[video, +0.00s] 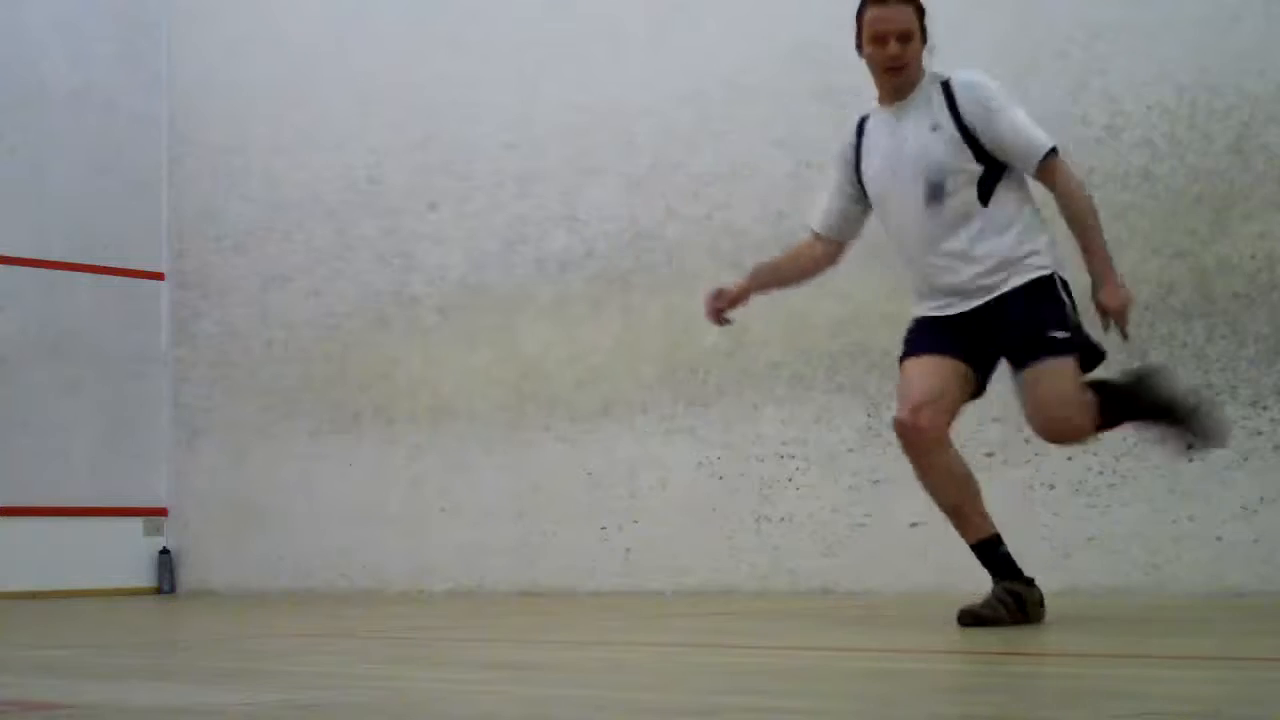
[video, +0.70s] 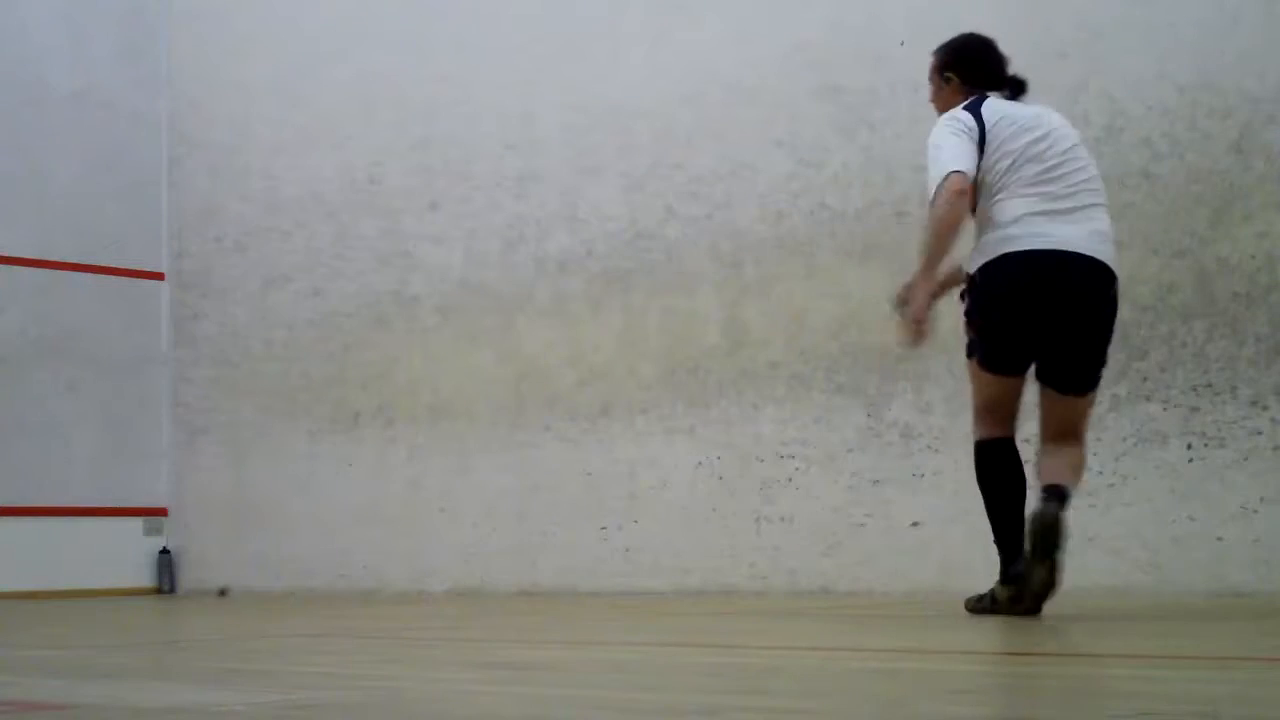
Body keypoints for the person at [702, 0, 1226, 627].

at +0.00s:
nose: (891, 52)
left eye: (903, 38)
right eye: (877, 40)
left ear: (924, 40)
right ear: (861, 47)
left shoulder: (967, 97)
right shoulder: (863, 140)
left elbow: (1060, 175)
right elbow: (824, 245)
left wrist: (1104, 277)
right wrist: (748, 284)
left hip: (1025, 286)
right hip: (945, 308)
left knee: (1058, 422)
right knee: (916, 423)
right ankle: (1011, 586)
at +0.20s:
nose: (872, 100)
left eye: (883, 84)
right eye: (860, 87)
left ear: (915, 71)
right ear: (850, 83)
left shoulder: (968, 95)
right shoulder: (875, 152)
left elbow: (1092, 132)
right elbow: (875, 262)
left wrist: (1170, 211)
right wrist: (856, 248)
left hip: (1054, 224)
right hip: (1011, 265)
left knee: (977, 336)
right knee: (989, 405)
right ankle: (1022, 581)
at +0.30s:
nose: (856, 97)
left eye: (864, 83)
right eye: (851, 85)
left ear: (909, 71)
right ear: (883, 80)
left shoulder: (977, 78)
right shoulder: (903, 149)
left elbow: (1107, 77)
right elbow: (897, 257)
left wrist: (1206, 128)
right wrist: (881, 227)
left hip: (1049, 220)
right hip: (1069, 247)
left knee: (901, 309)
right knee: (1019, 407)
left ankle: (837, 488)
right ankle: (1026, 581)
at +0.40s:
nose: (859, 80)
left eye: (863, 66)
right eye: (858, 66)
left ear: (896, 64)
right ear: (899, 65)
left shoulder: (968, 71)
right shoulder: (927, 144)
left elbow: (1097, 53)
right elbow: (912, 235)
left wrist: (1209, 82)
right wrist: (884, 210)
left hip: (1031, 233)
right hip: (1078, 246)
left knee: (907, 341)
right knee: (1022, 415)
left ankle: (912, 523)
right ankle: (1022, 581)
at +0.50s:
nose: (883, 75)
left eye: (887, 62)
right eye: (884, 63)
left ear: (909, 62)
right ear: (926, 59)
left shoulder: (956, 88)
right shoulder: (950, 142)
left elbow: (1059, 87)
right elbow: (934, 232)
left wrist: (1166, 127)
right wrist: (881, 224)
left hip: (1013, 255)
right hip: (1085, 252)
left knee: (961, 401)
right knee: (1024, 420)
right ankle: (1018, 576)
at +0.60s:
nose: (908, 89)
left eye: (911, 76)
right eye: (908, 76)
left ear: (933, 75)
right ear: (967, 74)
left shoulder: (949, 116)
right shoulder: (1019, 114)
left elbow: (1006, 150)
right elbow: (967, 241)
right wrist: (892, 256)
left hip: (1015, 271)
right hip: (1091, 270)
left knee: (990, 418)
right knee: (1038, 440)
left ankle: (1015, 576)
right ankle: (1016, 554)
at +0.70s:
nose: (934, 100)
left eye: (935, 87)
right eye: (933, 88)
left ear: (955, 83)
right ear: (995, 83)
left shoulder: (961, 120)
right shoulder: (1050, 123)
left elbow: (956, 195)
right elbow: (1033, 227)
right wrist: (950, 280)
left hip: (1011, 275)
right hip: (1089, 279)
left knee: (995, 423)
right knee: (1065, 434)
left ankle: (1014, 575)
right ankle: (1051, 507)